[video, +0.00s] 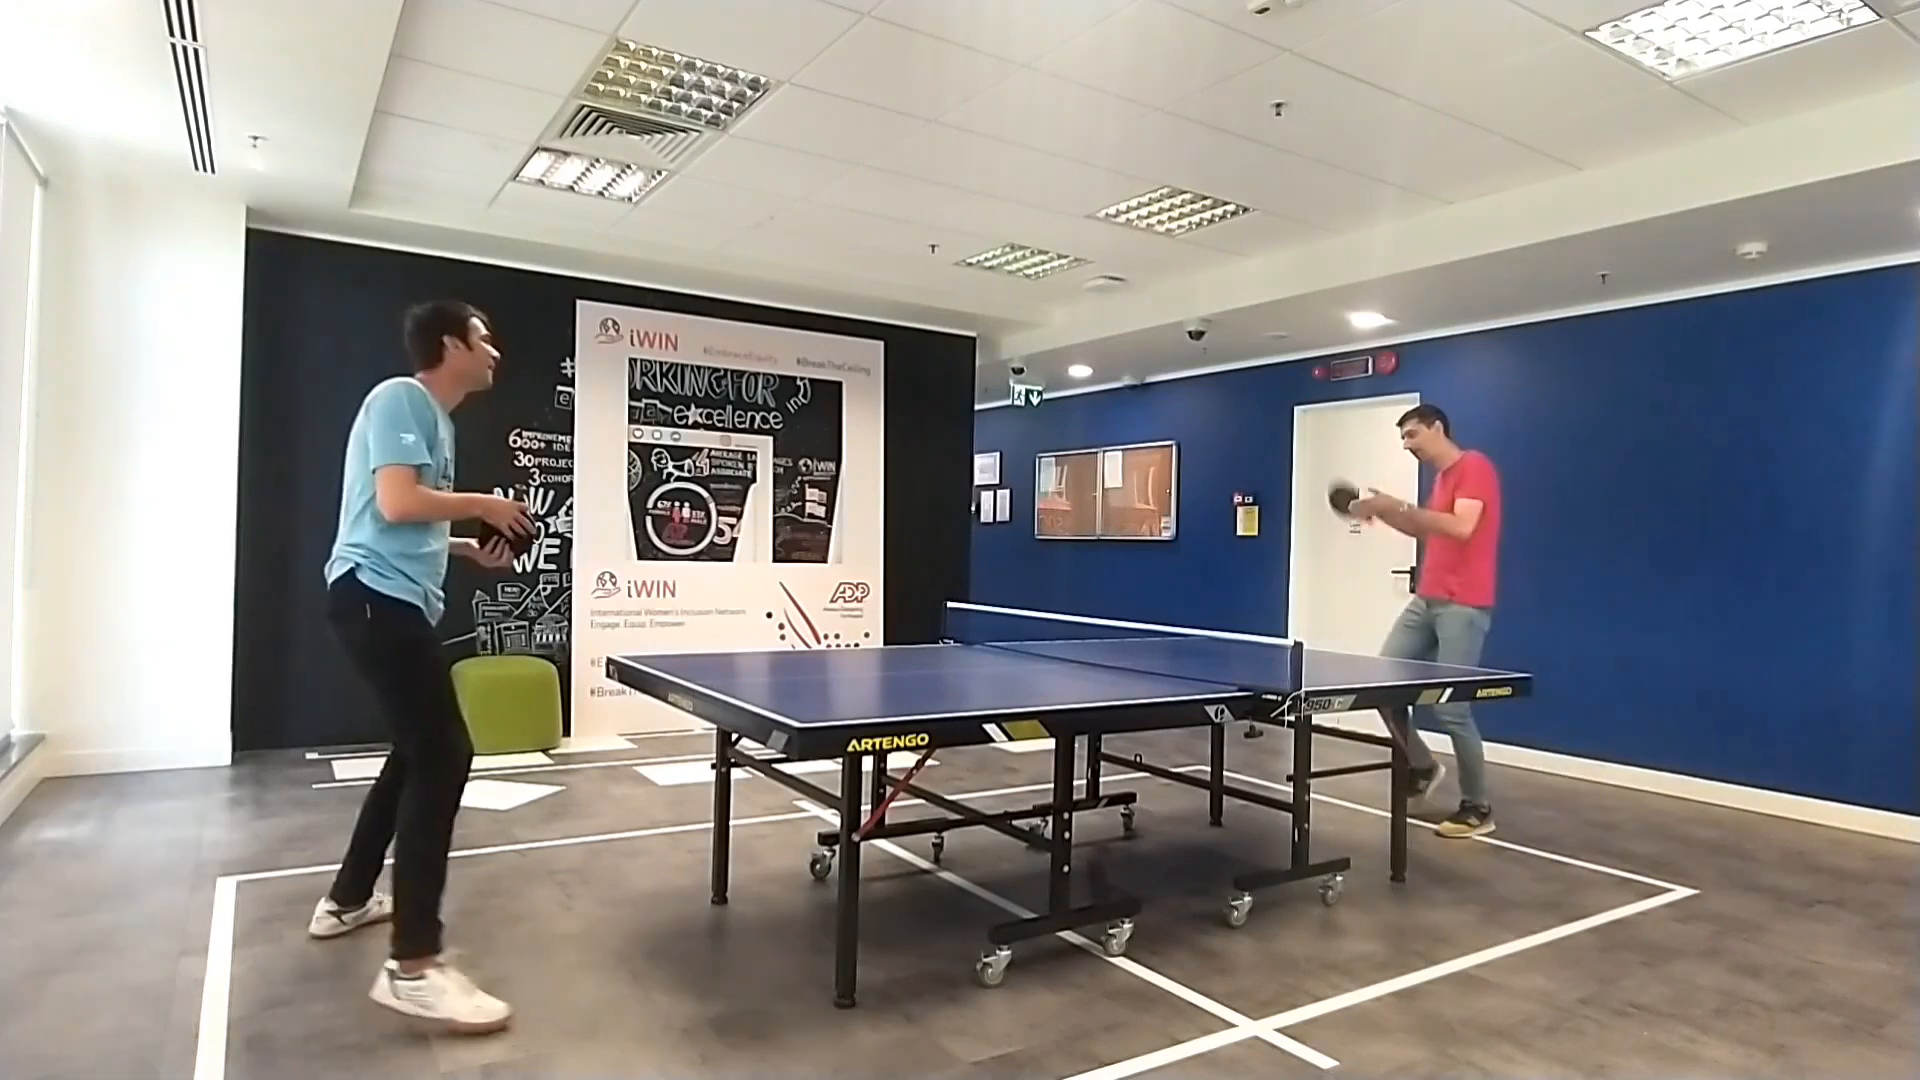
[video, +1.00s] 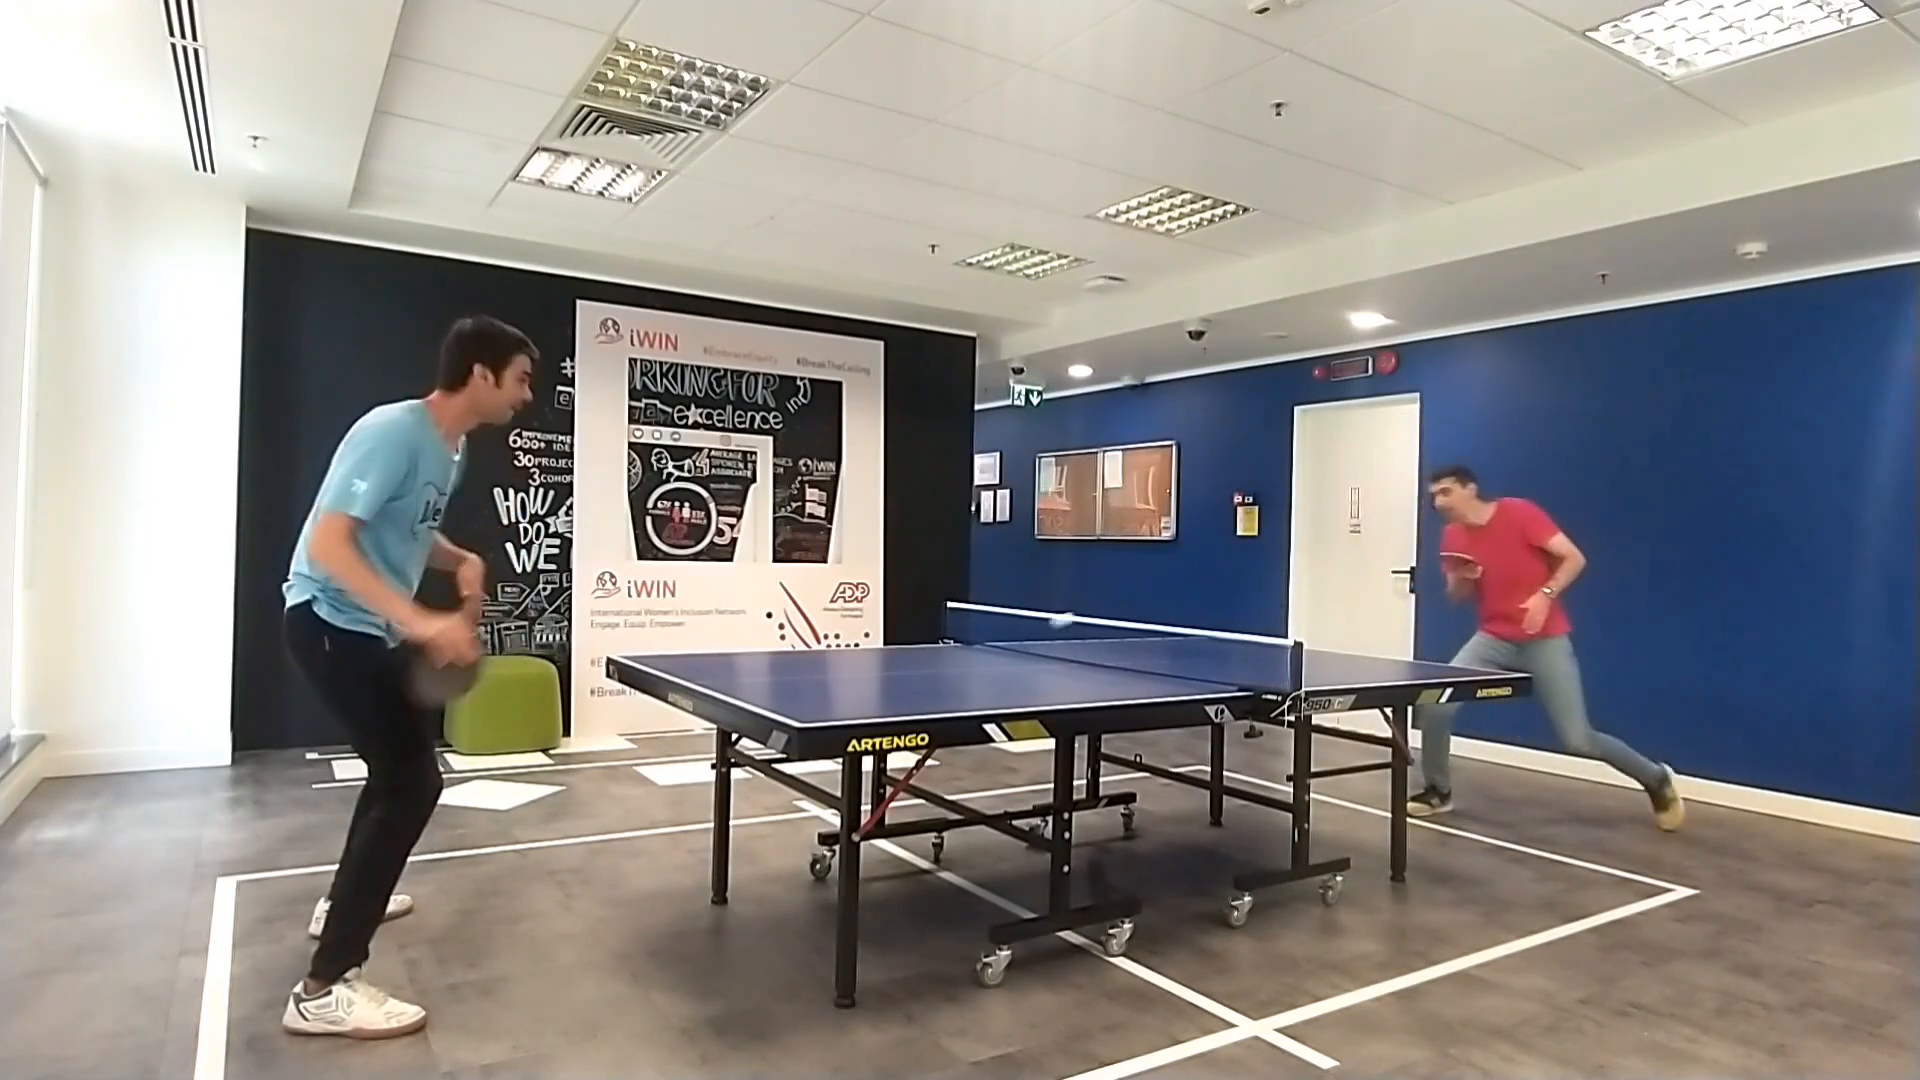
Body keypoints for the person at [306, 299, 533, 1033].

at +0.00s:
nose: (496, 353)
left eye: (491, 341)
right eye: (485, 340)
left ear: (452, 349)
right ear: (450, 346)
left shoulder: (434, 427)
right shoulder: (399, 398)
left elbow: (410, 522)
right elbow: (397, 500)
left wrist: (469, 548)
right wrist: (482, 504)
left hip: (402, 605)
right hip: (373, 597)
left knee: (416, 748)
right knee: (445, 755)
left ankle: (348, 899)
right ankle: (414, 966)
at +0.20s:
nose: (479, 349)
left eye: (475, 337)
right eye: (469, 336)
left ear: (439, 347)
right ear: (436, 343)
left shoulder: (421, 423)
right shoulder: (390, 397)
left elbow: (402, 518)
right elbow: (389, 501)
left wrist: (462, 538)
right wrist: (477, 498)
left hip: (390, 603)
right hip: (363, 595)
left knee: (413, 748)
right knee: (429, 757)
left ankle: (348, 900)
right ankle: (339, 964)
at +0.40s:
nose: (483, 360)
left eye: (477, 348)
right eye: (473, 347)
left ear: (431, 356)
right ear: (442, 353)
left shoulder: (399, 420)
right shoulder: (403, 411)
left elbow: (388, 532)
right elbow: (403, 516)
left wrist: (452, 561)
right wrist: (482, 505)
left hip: (363, 612)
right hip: (351, 612)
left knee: (402, 765)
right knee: (420, 780)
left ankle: (349, 901)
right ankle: (323, 987)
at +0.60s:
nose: (490, 379)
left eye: (488, 368)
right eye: (482, 367)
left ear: (436, 371)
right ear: (450, 370)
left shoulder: (394, 429)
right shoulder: (401, 428)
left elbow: (377, 540)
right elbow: (395, 531)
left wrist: (429, 581)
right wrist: (488, 525)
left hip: (347, 621)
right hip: (345, 622)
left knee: (403, 768)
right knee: (434, 788)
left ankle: (343, 905)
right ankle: (326, 986)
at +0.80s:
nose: (503, 382)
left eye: (504, 370)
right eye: (497, 369)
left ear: (454, 371)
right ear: (462, 370)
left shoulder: (421, 440)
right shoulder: (399, 423)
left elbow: (379, 533)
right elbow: (375, 525)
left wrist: (421, 573)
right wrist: (483, 540)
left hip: (363, 623)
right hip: (338, 621)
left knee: (401, 768)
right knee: (429, 785)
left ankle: (344, 907)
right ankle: (326, 988)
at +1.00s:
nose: (525, 396)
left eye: (528, 383)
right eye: (521, 381)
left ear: (481, 381)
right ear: (479, 376)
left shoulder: (450, 448)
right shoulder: (395, 430)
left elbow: (404, 528)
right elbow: (327, 544)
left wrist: (460, 561)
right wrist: (416, 620)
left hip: (369, 624)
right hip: (327, 622)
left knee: (406, 766)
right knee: (414, 780)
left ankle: (346, 903)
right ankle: (324, 988)